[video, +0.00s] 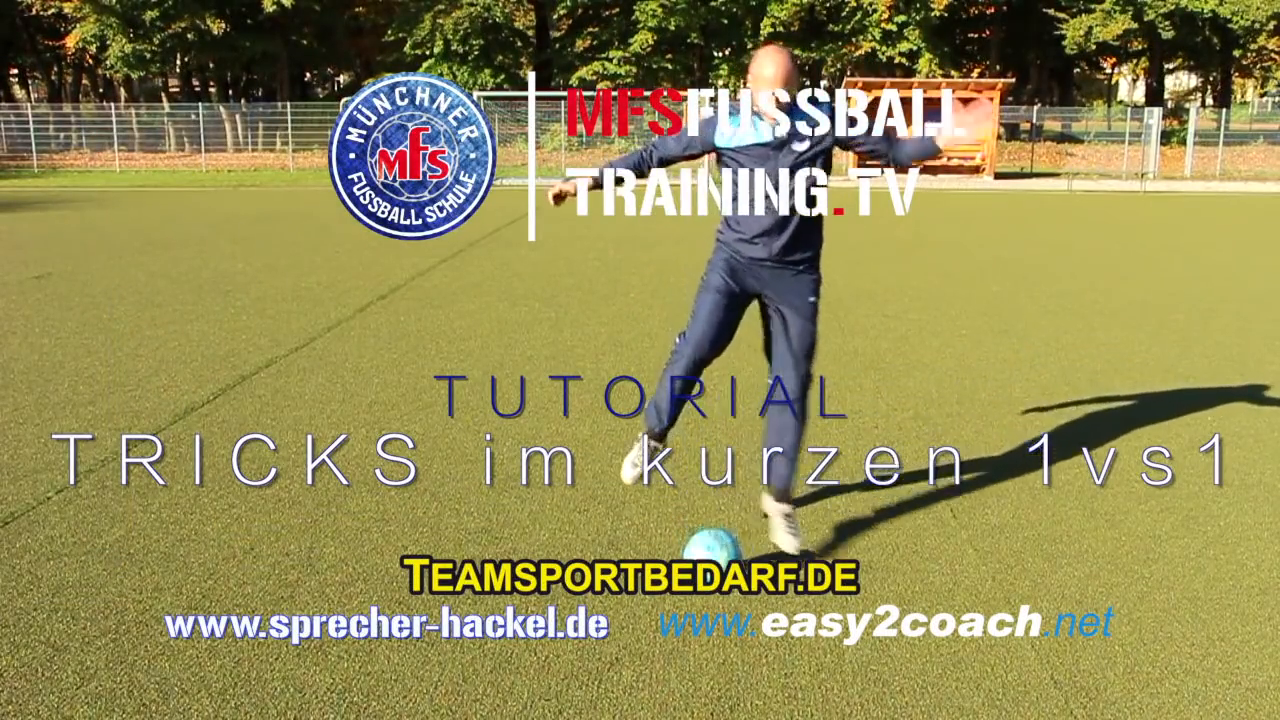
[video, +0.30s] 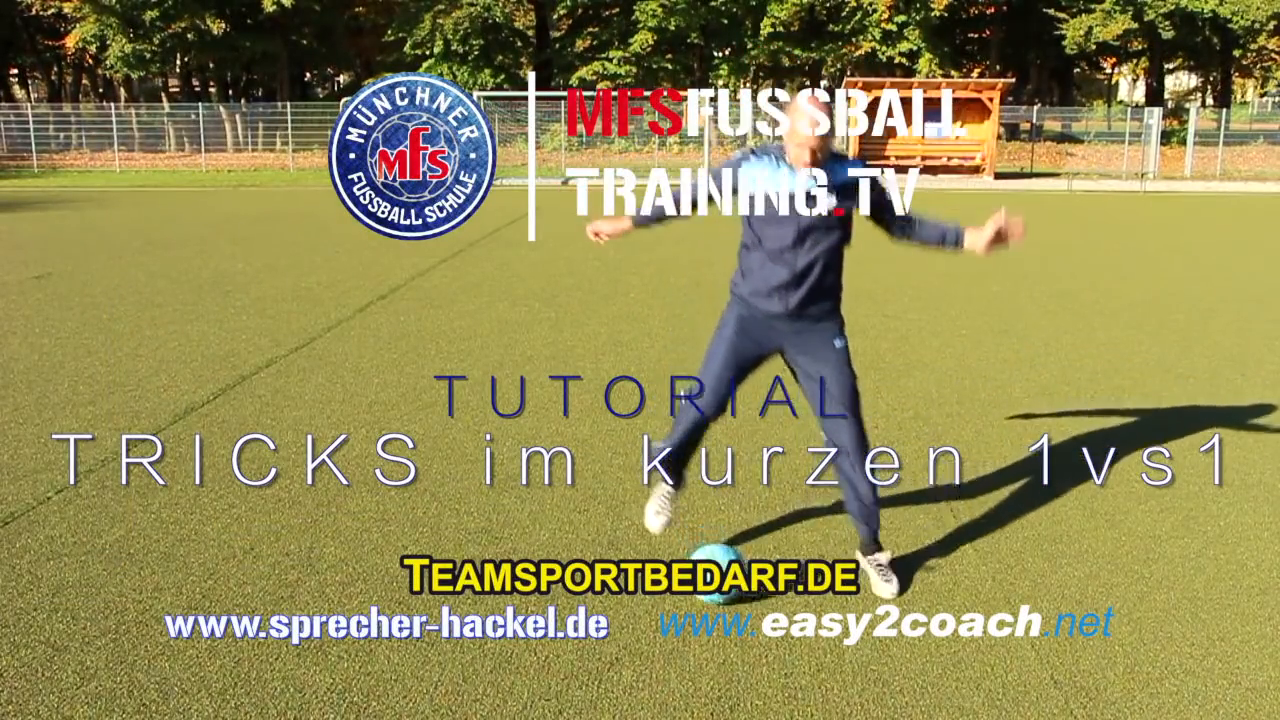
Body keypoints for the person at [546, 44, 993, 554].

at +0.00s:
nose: (772, 101)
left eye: (781, 92)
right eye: (765, 91)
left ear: (794, 88)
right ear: (750, 87)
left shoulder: (823, 121)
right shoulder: (724, 127)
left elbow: (890, 149)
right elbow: (655, 153)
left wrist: (950, 140)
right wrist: (588, 179)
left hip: (795, 271)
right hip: (733, 261)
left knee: (792, 382)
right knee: (694, 352)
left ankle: (779, 497)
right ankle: (653, 436)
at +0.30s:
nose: (818, 120)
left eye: (825, 114)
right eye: (808, 112)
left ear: (831, 127)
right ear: (785, 124)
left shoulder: (852, 176)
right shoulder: (751, 167)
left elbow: (901, 223)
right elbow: (690, 195)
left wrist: (971, 237)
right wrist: (631, 220)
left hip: (817, 324)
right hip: (750, 315)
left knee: (849, 436)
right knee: (703, 405)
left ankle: (872, 549)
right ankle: (667, 479)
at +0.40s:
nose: (820, 180)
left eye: (829, 171)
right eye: (812, 169)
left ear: (841, 174)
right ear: (795, 167)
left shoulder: (857, 218)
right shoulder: (762, 199)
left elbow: (902, 273)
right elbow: (708, 228)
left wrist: (963, 302)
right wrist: (661, 251)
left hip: (822, 353)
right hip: (754, 345)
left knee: (860, 452)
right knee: (713, 438)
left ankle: (878, 554)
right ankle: (697, 504)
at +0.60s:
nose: (821, 239)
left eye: (831, 230)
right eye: (812, 229)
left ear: (843, 220)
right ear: (794, 215)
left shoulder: (854, 267)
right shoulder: (755, 231)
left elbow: (886, 341)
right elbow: (727, 265)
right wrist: (706, 293)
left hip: (815, 378)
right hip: (746, 369)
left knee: (864, 481)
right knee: (719, 464)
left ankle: (875, 558)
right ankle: (737, 553)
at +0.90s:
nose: (759, 238)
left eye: (768, 229)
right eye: (749, 229)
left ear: (781, 222)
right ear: (730, 220)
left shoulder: (807, 265)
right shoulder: (701, 242)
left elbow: (850, 341)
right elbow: (668, 260)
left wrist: (890, 410)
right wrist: (628, 278)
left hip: (786, 394)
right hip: (713, 388)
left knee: (837, 483)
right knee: (665, 476)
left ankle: (870, 557)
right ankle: (667, 586)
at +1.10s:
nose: (673, 211)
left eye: (683, 200)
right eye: (664, 199)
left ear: (702, 198)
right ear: (648, 196)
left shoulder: (742, 249)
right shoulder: (623, 242)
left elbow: (812, 309)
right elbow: (574, 275)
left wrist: (882, 362)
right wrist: (523, 301)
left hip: (735, 405)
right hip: (658, 402)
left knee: (787, 500)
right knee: (614, 515)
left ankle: (844, 557)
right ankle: (642, 610)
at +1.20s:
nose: (617, 188)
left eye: (629, 175)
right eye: (606, 175)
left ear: (653, 170)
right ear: (589, 171)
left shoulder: (695, 229)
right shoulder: (567, 232)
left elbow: (773, 283)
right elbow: (514, 278)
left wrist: (850, 329)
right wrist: (455, 317)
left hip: (686, 402)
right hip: (609, 404)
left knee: (711, 530)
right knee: (595, 527)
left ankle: (734, 586)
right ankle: (636, 607)